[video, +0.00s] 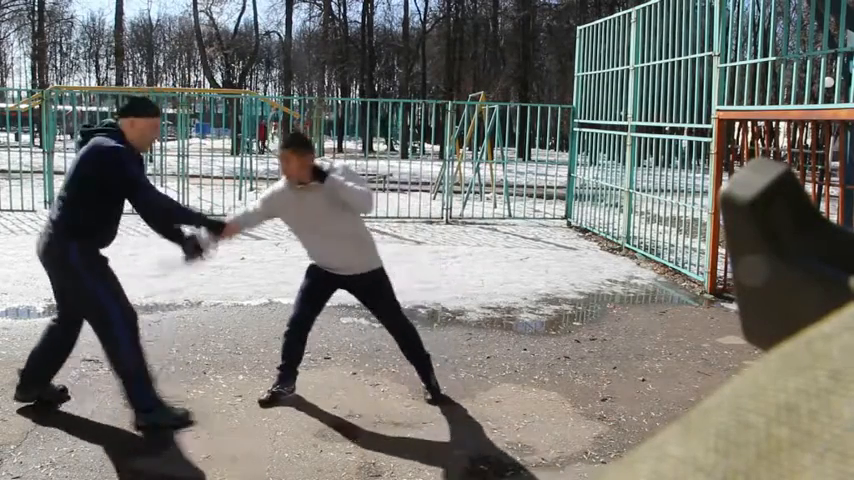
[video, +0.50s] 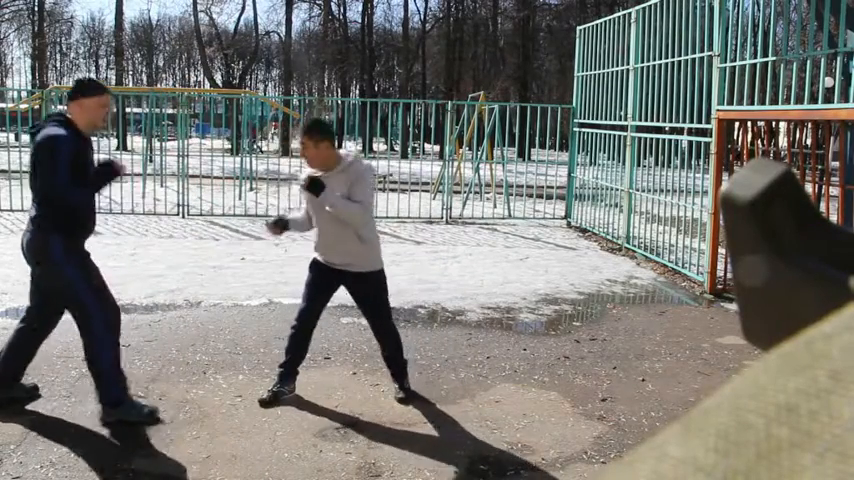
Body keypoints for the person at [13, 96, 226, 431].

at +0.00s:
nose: (157, 135)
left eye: (158, 128)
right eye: (153, 127)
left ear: (130, 124)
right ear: (131, 123)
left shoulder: (114, 150)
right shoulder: (113, 154)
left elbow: (148, 206)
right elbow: (152, 202)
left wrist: (183, 238)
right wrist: (206, 221)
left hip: (62, 247)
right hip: (74, 251)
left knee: (68, 320)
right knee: (120, 321)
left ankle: (32, 385)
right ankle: (149, 410)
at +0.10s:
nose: (160, 140)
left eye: (161, 133)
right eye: (156, 132)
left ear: (131, 130)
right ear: (133, 129)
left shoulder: (113, 154)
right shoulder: (117, 159)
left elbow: (151, 216)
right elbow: (156, 212)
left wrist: (187, 252)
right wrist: (209, 244)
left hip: (53, 245)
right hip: (67, 251)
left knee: (65, 308)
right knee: (116, 319)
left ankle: (25, 377)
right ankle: (133, 407)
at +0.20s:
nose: (151, 145)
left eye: (152, 138)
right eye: (147, 137)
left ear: (121, 133)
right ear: (124, 133)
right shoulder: (108, 166)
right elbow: (146, 220)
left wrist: (189, 246)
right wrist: (195, 248)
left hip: (50, 252)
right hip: (68, 259)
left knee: (64, 314)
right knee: (122, 322)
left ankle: (9, 372)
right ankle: (134, 408)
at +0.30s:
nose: (133, 139)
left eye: (135, 133)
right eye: (130, 131)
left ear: (106, 127)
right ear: (107, 126)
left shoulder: (93, 155)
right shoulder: (88, 161)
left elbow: (118, 213)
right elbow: (119, 219)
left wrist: (155, 226)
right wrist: (164, 231)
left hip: (52, 254)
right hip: (62, 258)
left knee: (55, 321)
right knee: (115, 322)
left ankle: (5, 382)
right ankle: (134, 409)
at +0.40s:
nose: (121, 126)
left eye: (122, 119)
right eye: (116, 118)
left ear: (95, 118)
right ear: (92, 116)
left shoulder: (84, 148)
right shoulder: (67, 151)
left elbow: (92, 196)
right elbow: (77, 204)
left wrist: (130, 201)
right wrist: (132, 202)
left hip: (52, 249)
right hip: (58, 253)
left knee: (47, 321)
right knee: (104, 326)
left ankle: (5, 383)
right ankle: (133, 408)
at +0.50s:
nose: (105, 116)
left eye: (106, 109)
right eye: (100, 108)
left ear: (82, 108)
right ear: (77, 106)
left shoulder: (71, 137)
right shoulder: (57, 140)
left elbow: (73, 188)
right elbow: (66, 195)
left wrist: (105, 171)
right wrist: (107, 171)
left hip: (54, 246)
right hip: (58, 249)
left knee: (40, 319)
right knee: (102, 316)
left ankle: (6, 383)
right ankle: (116, 404)